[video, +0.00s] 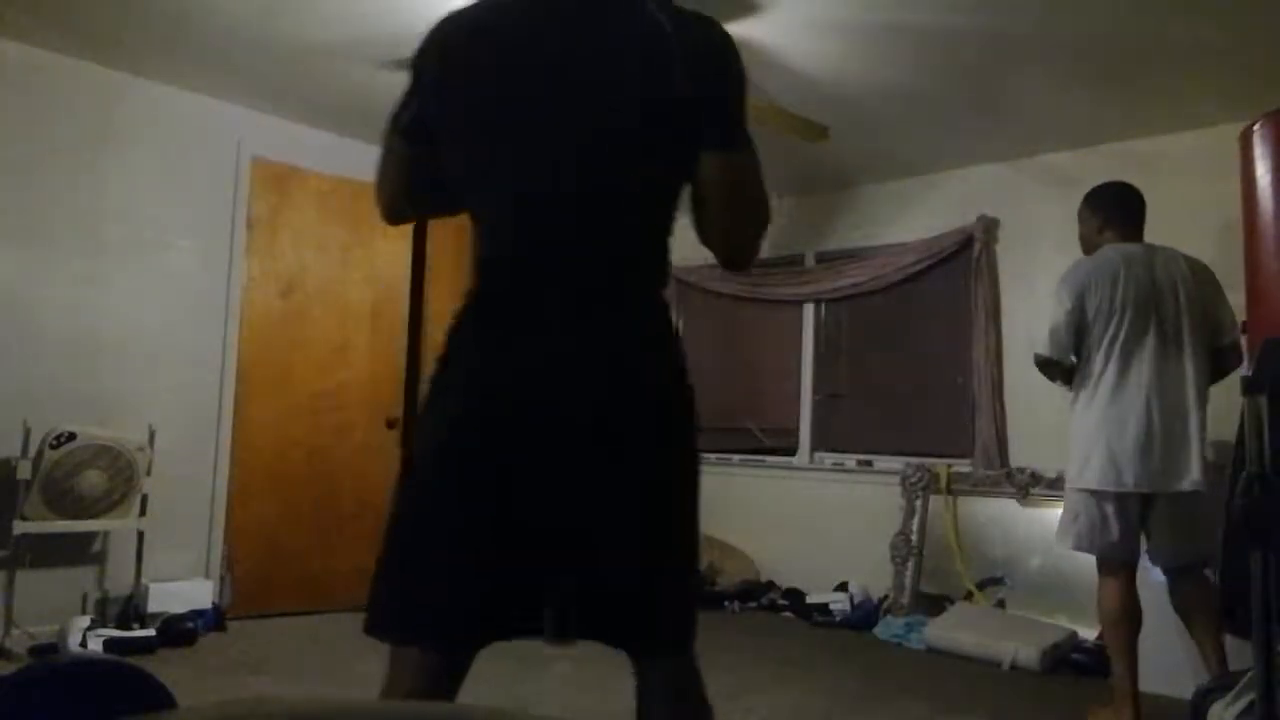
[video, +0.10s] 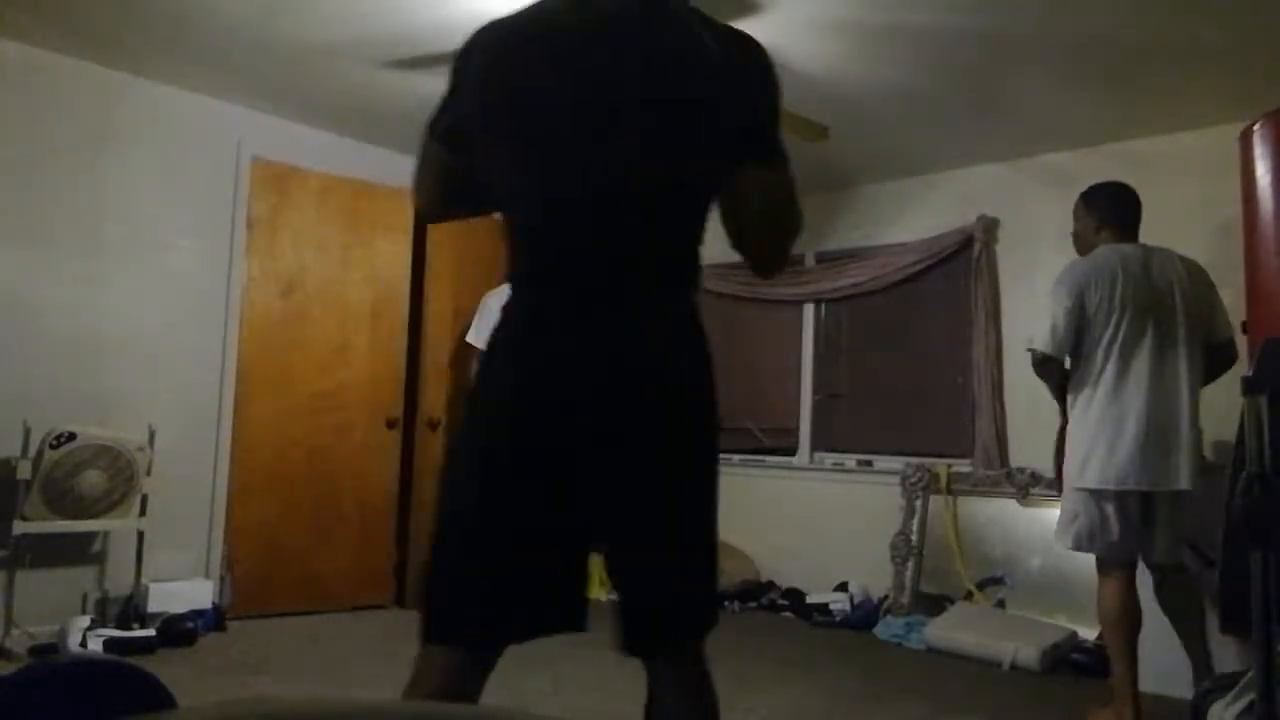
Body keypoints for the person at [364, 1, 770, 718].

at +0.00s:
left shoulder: (467, 34)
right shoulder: (690, 41)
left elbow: (397, 197)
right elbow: (737, 240)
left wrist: (514, 158)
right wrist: (691, 115)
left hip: (494, 362)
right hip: (631, 369)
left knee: (424, 658)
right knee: (665, 658)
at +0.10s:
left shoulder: (503, 45)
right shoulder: (726, 57)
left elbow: (435, 196)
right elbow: (768, 243)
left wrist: (546, 155)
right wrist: (722, 125)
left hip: (531, 365)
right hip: (659, 370)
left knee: (455, 649)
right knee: (675, 653)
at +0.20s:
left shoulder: (534, 48)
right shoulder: (757, 67)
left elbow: (471, 192)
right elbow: (791, 247)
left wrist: (576, 151)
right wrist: (779, 136)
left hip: (559, 361)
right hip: (686, 367)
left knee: (477, 636)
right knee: (686, 646)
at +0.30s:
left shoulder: (562, 50)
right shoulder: (783, 76)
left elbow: (490, 181)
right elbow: (807, 252)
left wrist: (601, 144)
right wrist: (749, 144)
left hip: (581, 359)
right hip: (705, 366)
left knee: (489, 632)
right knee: (694, 640)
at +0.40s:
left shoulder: (579, 52)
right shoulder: (797, 82)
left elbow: (499, 171)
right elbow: (815, 255)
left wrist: (601, 114)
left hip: (594, 360)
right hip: (716, 369)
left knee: (507, 622)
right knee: (700, 639)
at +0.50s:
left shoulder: (594, 54)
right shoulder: (808, 89)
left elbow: (504, 162)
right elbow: (819, 260)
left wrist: (607, 106)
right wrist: (754, 161)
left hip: (602, 363)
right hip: (723, 373)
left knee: (523, 620)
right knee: (705, 636)